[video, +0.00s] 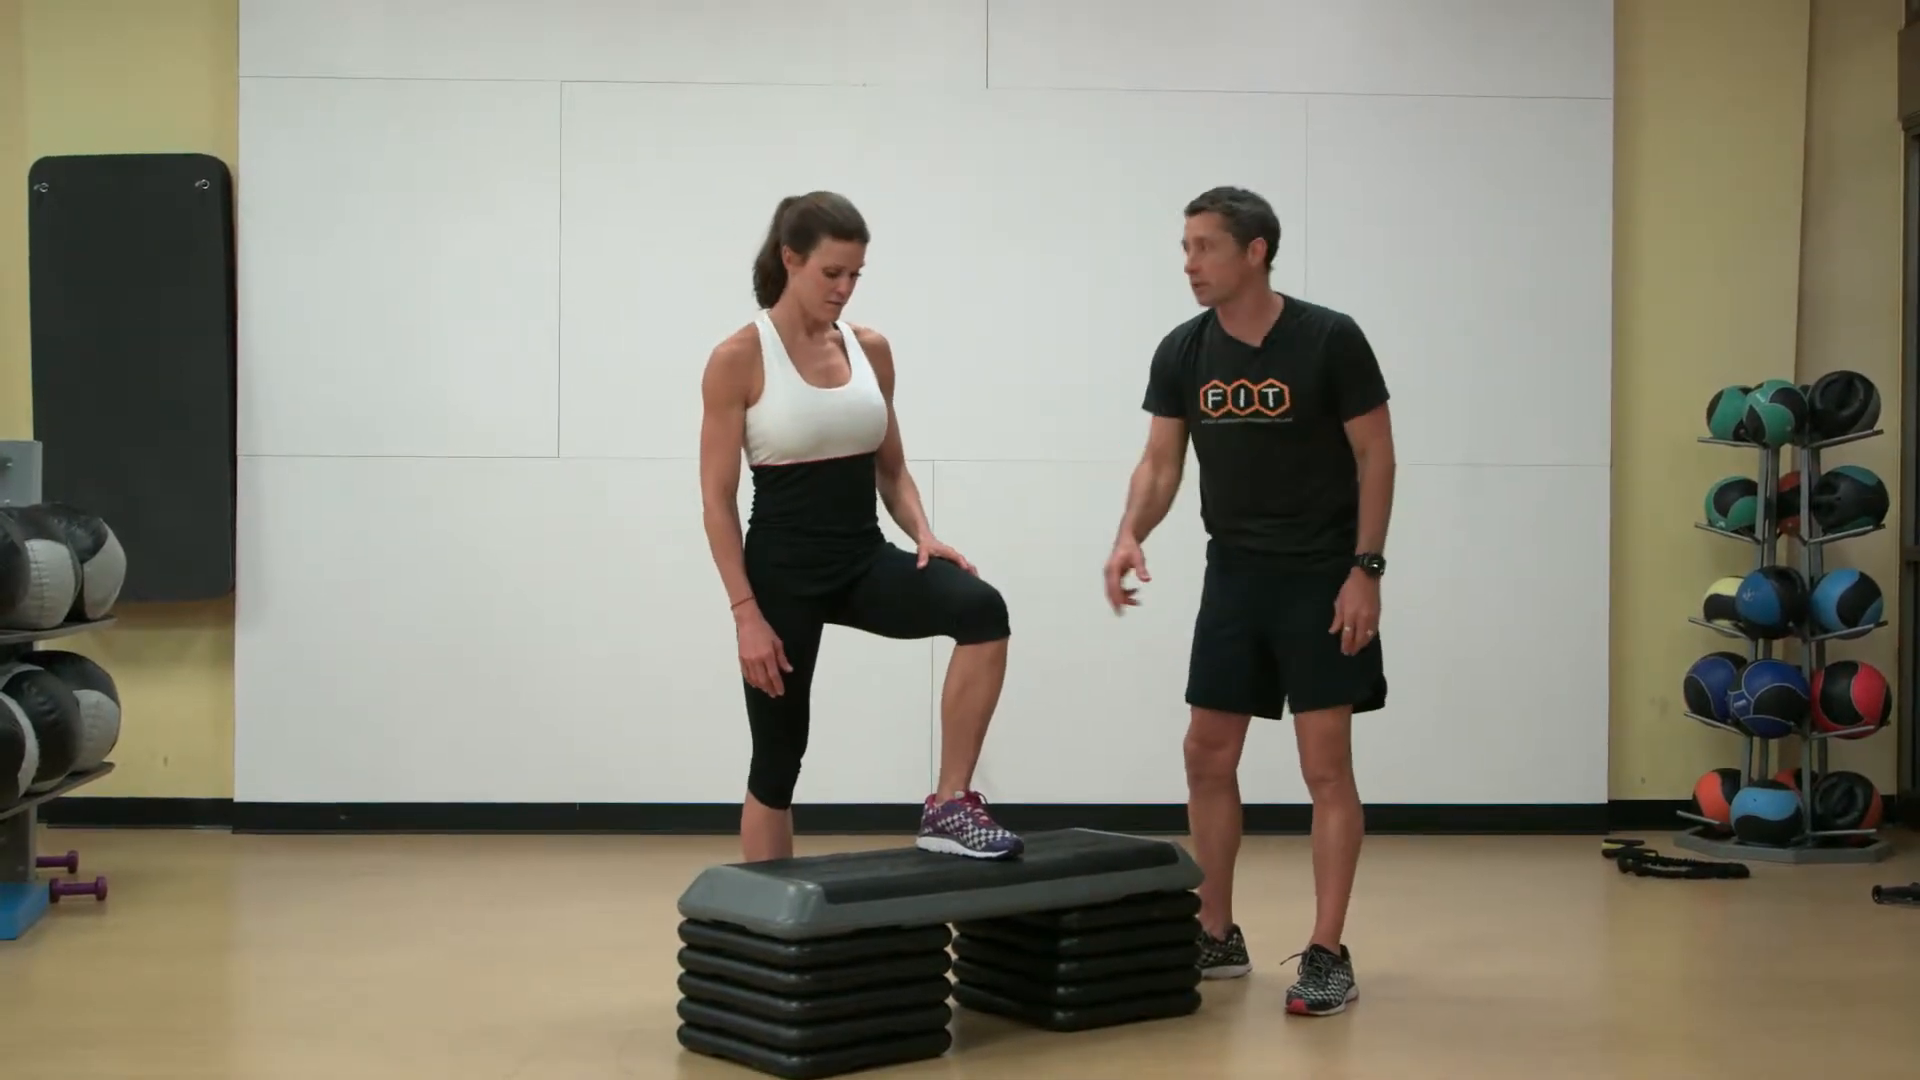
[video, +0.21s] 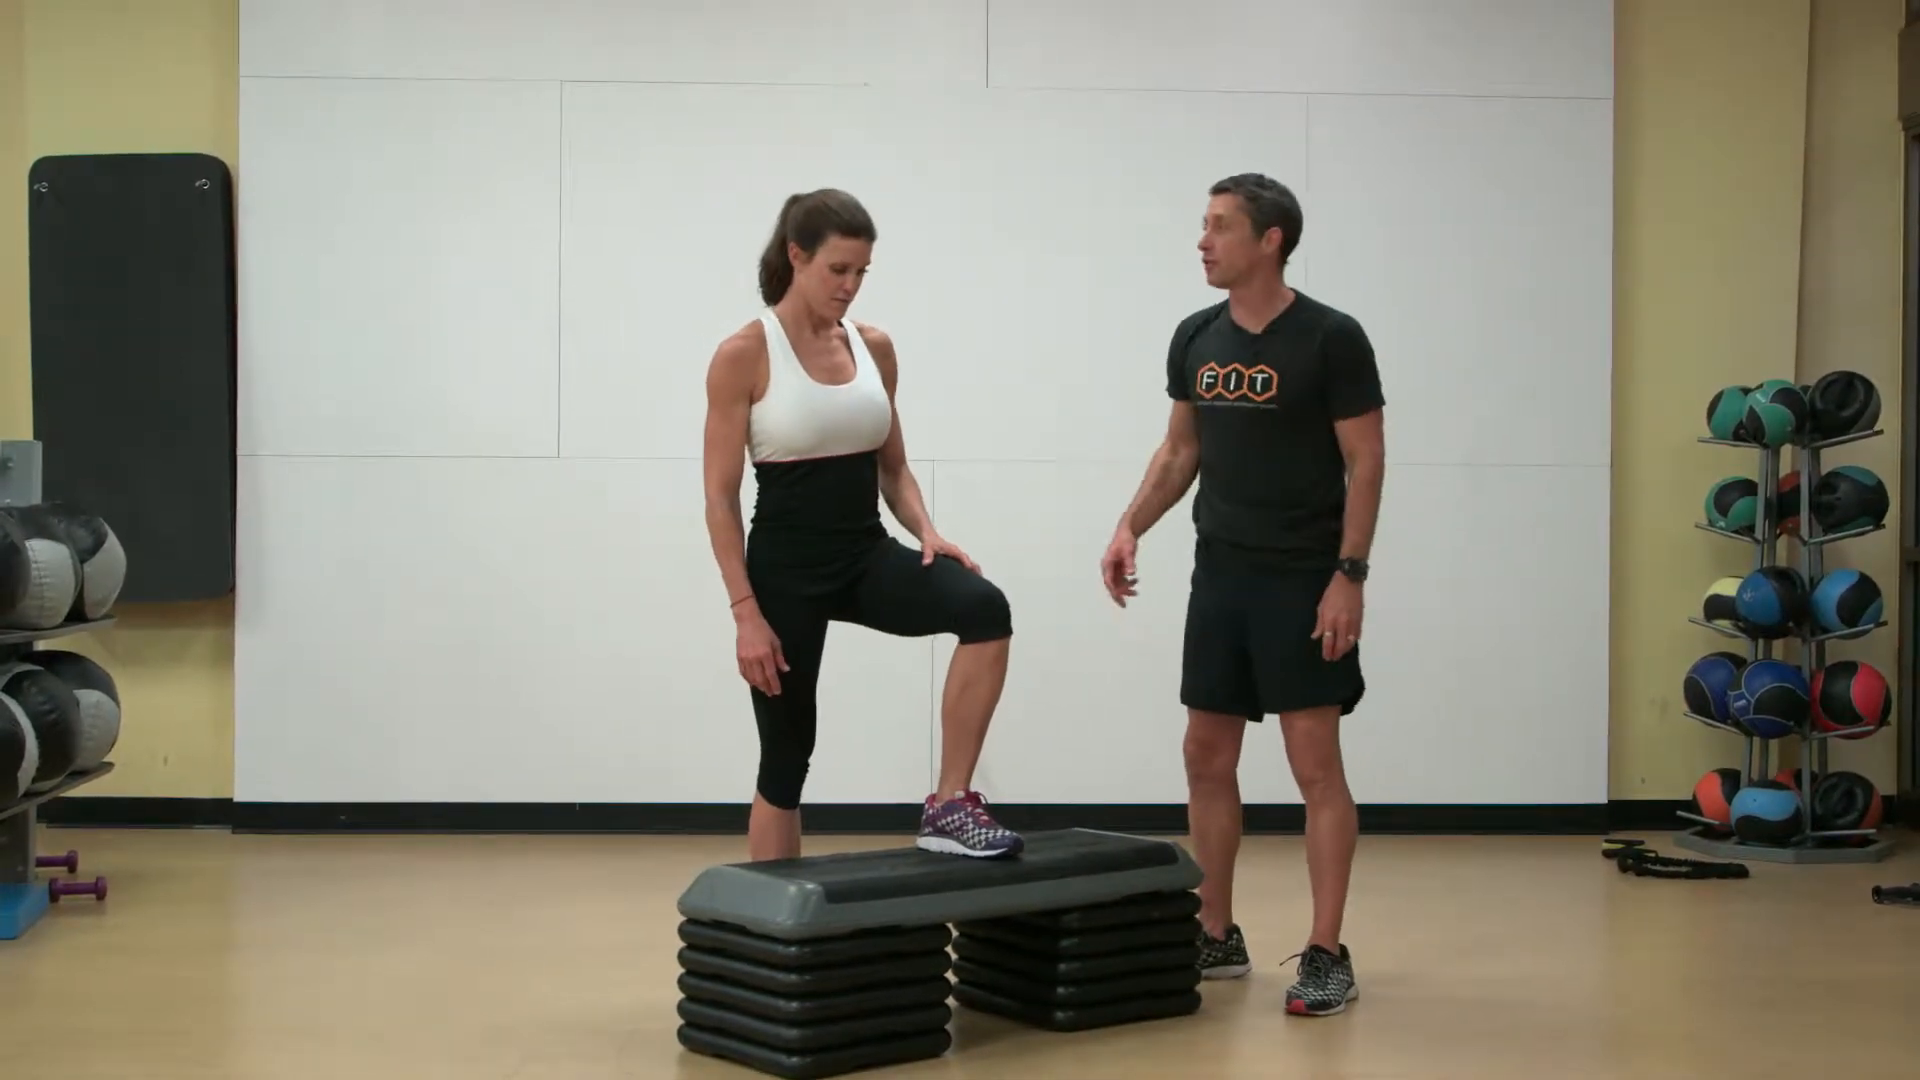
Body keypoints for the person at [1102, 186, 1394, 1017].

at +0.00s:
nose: (1188, 263)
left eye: (1203, 248)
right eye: (1185, 248)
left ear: (1255, 252)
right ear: (1195, 255)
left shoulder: (1330, 340)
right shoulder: (1183, 351)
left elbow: (1376, 456)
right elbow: (1158, 462)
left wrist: (1366, 567)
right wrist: (1129, 533)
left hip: (1321, 577)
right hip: (1231, 575)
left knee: (1326, 768)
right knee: (1207, 752)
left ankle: (1327, 949)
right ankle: (1214, 932)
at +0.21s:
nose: (1202, 240)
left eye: (1219, 228)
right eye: (1204, 226)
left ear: (1272, 239)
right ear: (1231, 242)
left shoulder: (1332, 341)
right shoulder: (1195, 339)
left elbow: (1366, 464)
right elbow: (1181, 447)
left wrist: (1349, 575)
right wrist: (1129, 526)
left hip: (1305, 580)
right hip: (1219, 576)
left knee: (1315, 763)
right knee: (1207, 755)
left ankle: (1326, 949)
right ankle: (1214, 934)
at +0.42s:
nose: (1210, 238)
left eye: (1227, 225)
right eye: (1212, 224)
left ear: (1279, 239)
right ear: (1235, 238)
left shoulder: (1332, 337)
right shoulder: (1207, 335)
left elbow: (1355, 462)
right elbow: (1187, 447)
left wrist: (1324, 568)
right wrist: (1108, 504)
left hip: (1294, 577)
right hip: (1214, 573)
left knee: (1310, 762)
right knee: (1203, 753)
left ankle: (1325, 950)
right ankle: (1216, 934)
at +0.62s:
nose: (1210, 247)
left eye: (1225, 233)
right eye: (1210, 232)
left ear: (1277, 241)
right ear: (1235, 239)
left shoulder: (1331, 333)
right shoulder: (1213, 333)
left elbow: (1350, 458)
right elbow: (1193, 446)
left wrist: (1311, 562)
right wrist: (1112, 483)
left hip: (1294, 573)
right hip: (1215, 571)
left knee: (1310, 761)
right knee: (1205, 754)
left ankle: (1327, 950)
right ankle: (1217, 934)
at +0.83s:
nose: (1205, 254)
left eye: (1218, 239)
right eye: (1203, 239)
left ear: (1270, 242)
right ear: (1220, 246)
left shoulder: (1331, 331)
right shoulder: (1211, 335)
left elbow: (1354, 456)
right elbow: (1195, 449)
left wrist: (1321, 561)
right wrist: (1118, 479)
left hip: (1295, 576)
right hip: (1217, 575)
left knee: (1313, 762)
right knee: (1207, 751)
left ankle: (1327, 949)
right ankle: (1218, 932)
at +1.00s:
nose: (1204, 254)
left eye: (1217, 239)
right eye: (1201, 239)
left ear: (1269, 241)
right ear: (1220, 245)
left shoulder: (1332, 331)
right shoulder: (1210, 335)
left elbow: (1359, 457)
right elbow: (1194, 449)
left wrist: (1336, 567)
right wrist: (1118, 482)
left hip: (1296, 579)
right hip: (1218, 577)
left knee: (1315, 762)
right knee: (1209, 751)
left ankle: (1329, 949)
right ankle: (1219, 932)